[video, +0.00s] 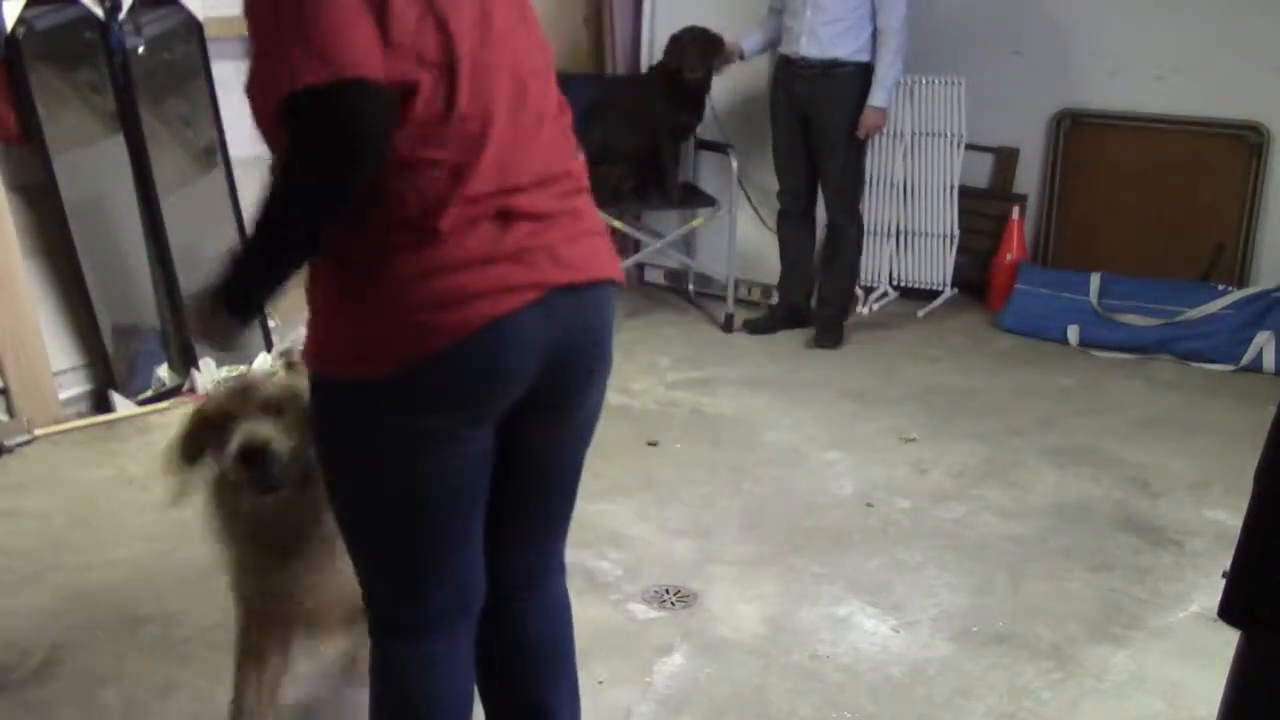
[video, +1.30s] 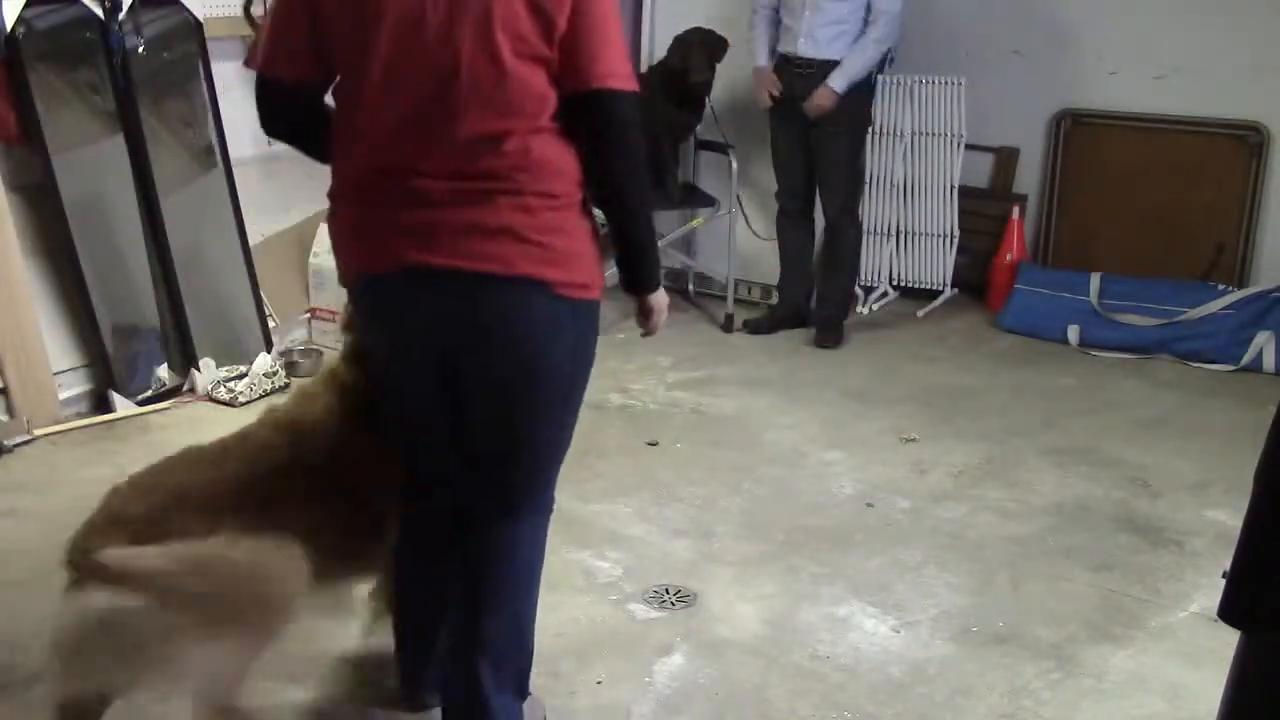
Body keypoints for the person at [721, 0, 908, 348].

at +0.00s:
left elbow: (892, 29)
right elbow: (780, 19)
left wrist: (878, 101)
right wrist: (740, 48)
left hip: (844, 80)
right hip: (789, 77)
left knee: (842, 209)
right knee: (793, 203)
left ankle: (831, 317)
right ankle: (792, 306)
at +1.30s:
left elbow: (885, 30)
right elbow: (765, 8)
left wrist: (834, 85)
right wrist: (761, 65)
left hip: (845, 81)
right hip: (787, 76)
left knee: (838, 207)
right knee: (791, 203)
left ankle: (831, 314)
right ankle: (792, 306)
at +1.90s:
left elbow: (891, 24)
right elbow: (760, 11)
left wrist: (886, 100)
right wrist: (758, 78)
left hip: (844, 80)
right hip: (787, 76)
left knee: (839, 209)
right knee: (790, 204)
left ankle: (831, 313)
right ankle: (792, 305)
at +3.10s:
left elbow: (891, 24)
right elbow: (760, 19)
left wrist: (882, 99)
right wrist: (754, 64)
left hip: (840, 79)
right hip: (780, 76)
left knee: (838, 209)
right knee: (787, 204)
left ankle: (831, 313)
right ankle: (792, 305)